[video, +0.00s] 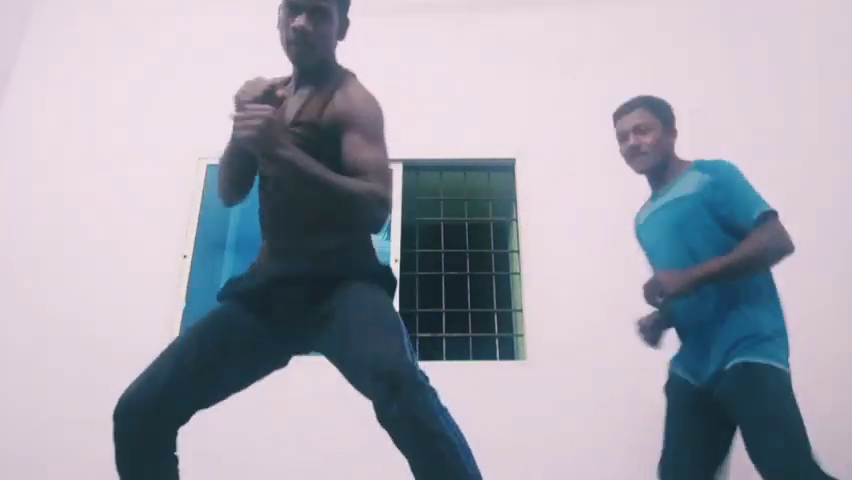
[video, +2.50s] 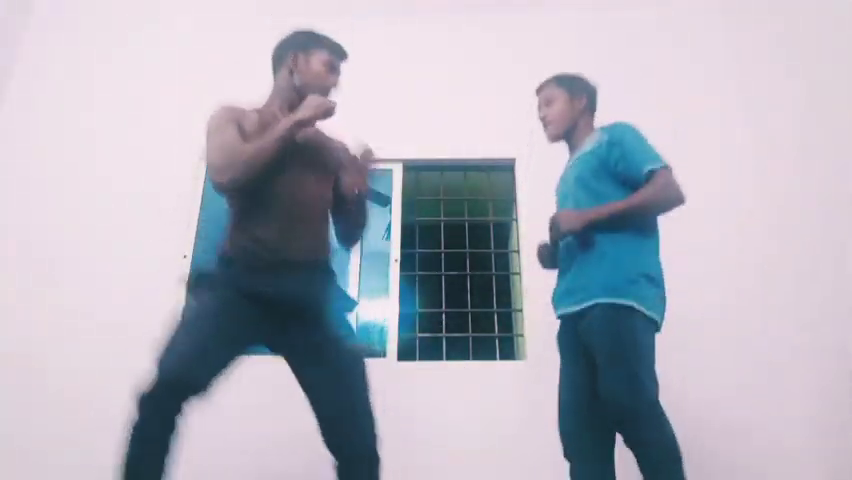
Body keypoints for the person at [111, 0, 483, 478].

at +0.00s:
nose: (301, 24)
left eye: (318, 15)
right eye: (292, 13)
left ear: (342, 28)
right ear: (280, 25)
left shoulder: (354, 101)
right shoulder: (258, 95)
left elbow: (377, 205)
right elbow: (229, 192)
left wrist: (283, 150)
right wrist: (244, 137)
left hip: (347, 291)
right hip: (269, 292)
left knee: (397, 384)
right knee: (139, 413)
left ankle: (463, 479)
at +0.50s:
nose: (308, 78)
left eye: (322, 66)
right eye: (299, 65)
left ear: (343, 68)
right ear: (284, 64)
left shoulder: (372, 138)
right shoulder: (259, 134)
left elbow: (419, 241)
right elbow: (218, 209)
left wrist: (403, 196)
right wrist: (202, 139)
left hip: (354, 291)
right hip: (271, 292)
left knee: (420, 378)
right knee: (147, 424)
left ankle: (471, 475)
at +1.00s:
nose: (335, 71)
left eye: (348, 59)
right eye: (324, 57)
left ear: (368, 61)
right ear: (306, 55)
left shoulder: (395, 139)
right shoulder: (274, 126)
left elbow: (463, 212)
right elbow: (195, 183)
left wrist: (536, 179)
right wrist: (103, 137)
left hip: (370, 283)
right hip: (280, 287)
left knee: (445, 374)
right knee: (151, 426)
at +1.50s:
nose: (277, 39)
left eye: (289, 28)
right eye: (267, 27)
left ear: (307, 33)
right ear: (251, 33)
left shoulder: (334, 104)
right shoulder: (218, 115)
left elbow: (384, 168)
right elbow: (202, 201)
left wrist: (414, 197)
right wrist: (154, 234)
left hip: (321, 254)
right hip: (234, 258)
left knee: (378, 367)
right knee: (158, 404)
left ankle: (432, 475)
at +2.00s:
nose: (290, 64)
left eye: (301, 56)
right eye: (281, 52)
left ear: (314, 66)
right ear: (262, 54)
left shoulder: (329, 151)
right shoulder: (215, 124)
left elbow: (339, 231)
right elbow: (176, 204)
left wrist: (354, 245)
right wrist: (209, 180)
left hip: (292, 302)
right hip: (211, 293)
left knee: (322, 431)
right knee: (131, 418)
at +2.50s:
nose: (336, 76)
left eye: (338, 69)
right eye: (329, 65)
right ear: (291, 64)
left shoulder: (333, 150)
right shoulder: (233, 120)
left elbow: (349, 235)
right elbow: (225, 174)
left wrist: (353, 196)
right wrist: (294, 122)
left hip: (309, 302)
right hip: (236, 295)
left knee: (358, 446)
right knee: (164, 394)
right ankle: (139, 477)